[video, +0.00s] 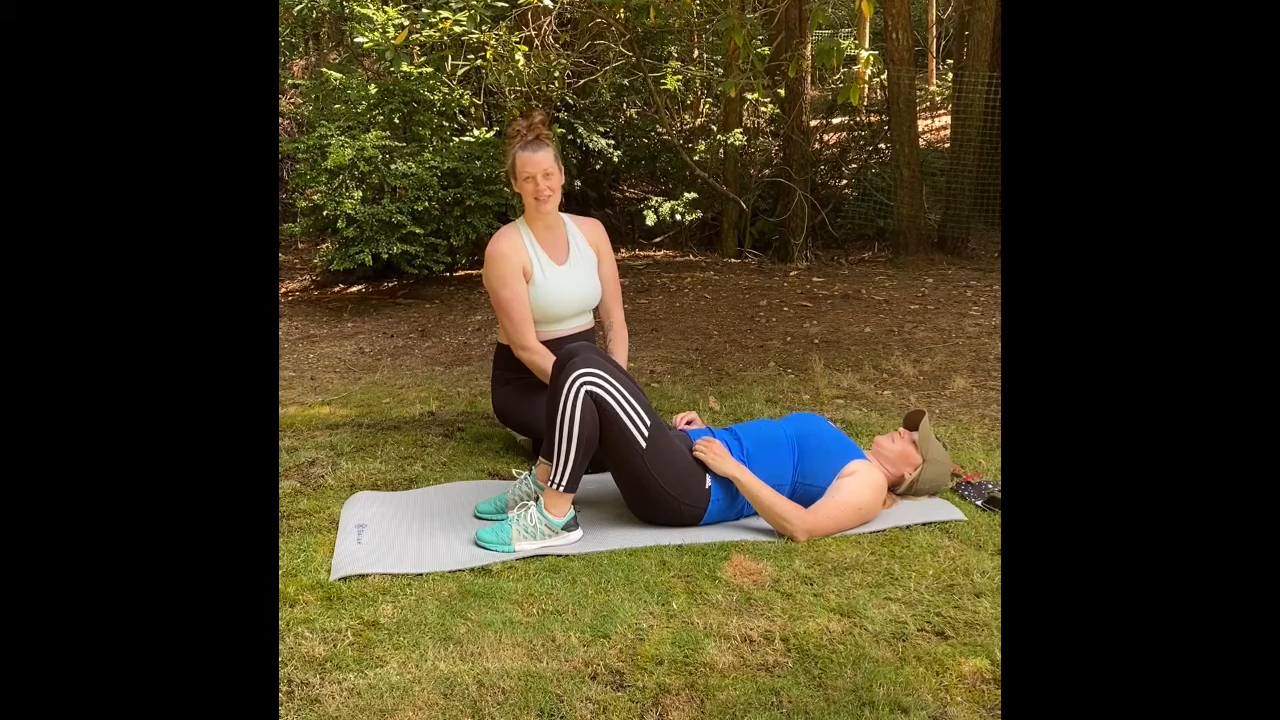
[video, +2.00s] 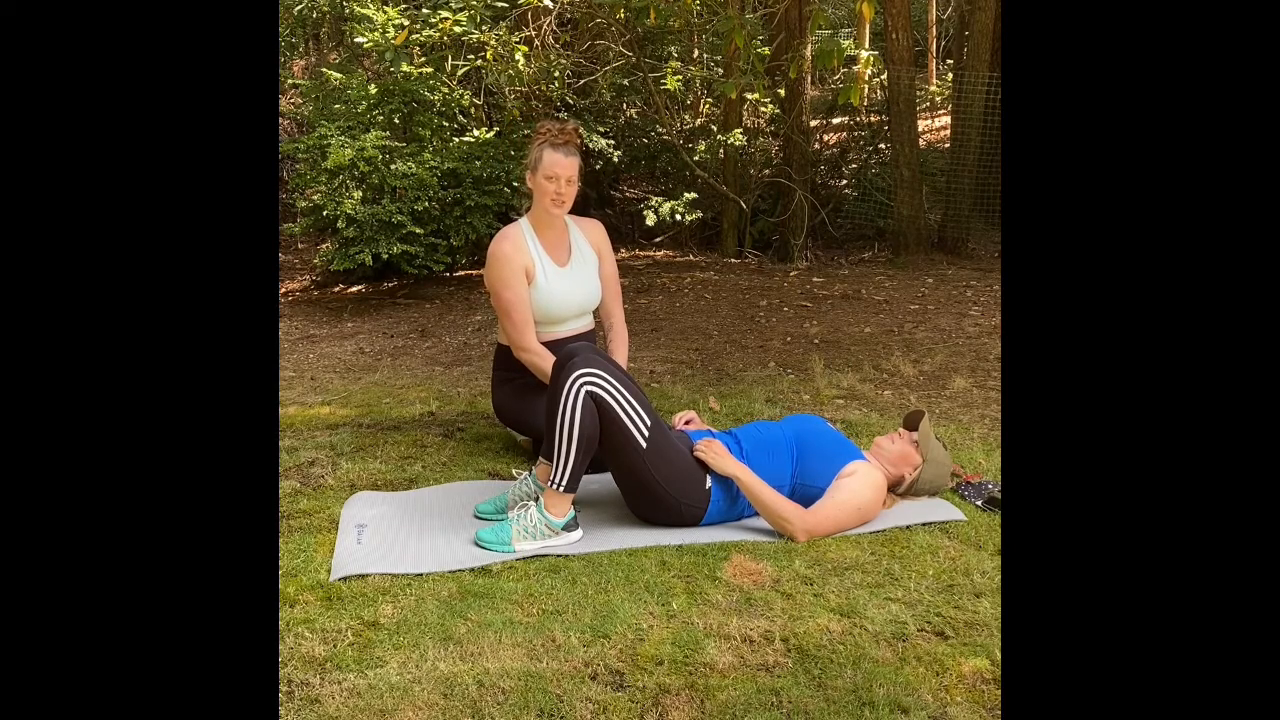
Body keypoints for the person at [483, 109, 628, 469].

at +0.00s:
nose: (541, 187)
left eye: (548, 174)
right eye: (529, 179)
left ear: (562, 175)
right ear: (515, 185)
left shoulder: (591, 232)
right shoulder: (505, 248)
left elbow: (614, 321)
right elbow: (524, 346)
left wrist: (614, 384)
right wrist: (585, 396)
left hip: (584, 366)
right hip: (523, 382)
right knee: (601, 445)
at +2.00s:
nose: (562, 191)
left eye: (570, 181)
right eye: (551, 179)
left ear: (579, 183)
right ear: (530, 179)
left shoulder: (592, 233)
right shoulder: (508, 247)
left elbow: (614, 322)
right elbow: (524, 347)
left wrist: (613, 385)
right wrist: (588, 396)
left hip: (584, 367)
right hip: (524, 379)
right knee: (602, 446)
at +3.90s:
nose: (550, 191)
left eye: (558, 180)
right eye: (539, 182)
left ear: (569, 177)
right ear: (522, 182)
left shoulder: (590, 233)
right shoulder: (508, 243)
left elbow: (614, 318)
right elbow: (500, 325)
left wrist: (616, 367)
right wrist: (500, 355)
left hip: (587, 363)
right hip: (525, 372)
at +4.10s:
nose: (550, 191)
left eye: (558, 180)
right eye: (539, 181)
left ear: (568, 178)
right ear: (522, 181)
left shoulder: (591, 233)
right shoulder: (508, 243)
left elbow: (614, 319)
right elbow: (494, 326)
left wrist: (615, 362)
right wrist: (487, 340)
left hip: (588, 364)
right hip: (525, 374)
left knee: (639, 434)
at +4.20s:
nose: (550, 190)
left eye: (558, 180)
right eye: (540, 181)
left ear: (568, 178)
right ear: (522, 180)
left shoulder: (589, 234)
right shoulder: (507, 243)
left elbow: (615, 324)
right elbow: (493, 330)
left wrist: (614, 369)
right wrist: (487, 339)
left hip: (587, 364)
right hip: (524, 373)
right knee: (606, 444)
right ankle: (537, 446)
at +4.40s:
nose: (553, 189)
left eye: (560, 178)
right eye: (542, 179)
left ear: (568, 177)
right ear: (521, 179)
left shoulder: (586, 233)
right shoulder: (505, 243)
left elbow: (612, 319)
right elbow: (495, 340)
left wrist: (615, 358)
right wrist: (516, 340)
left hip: (586, 363)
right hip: (525, 374)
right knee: (603, 447)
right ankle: (536, 441)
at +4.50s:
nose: (554, 187)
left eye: (561, 177)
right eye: (543, 177)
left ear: (568, 178)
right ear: (520, 178)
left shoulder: (585, 232)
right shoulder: (505, 243)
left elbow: (611, 318)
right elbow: (497, 342)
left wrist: (615, 366)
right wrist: (524, 337)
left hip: (585, 364)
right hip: (525, 375)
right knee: (604, 448)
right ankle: (536, 440)